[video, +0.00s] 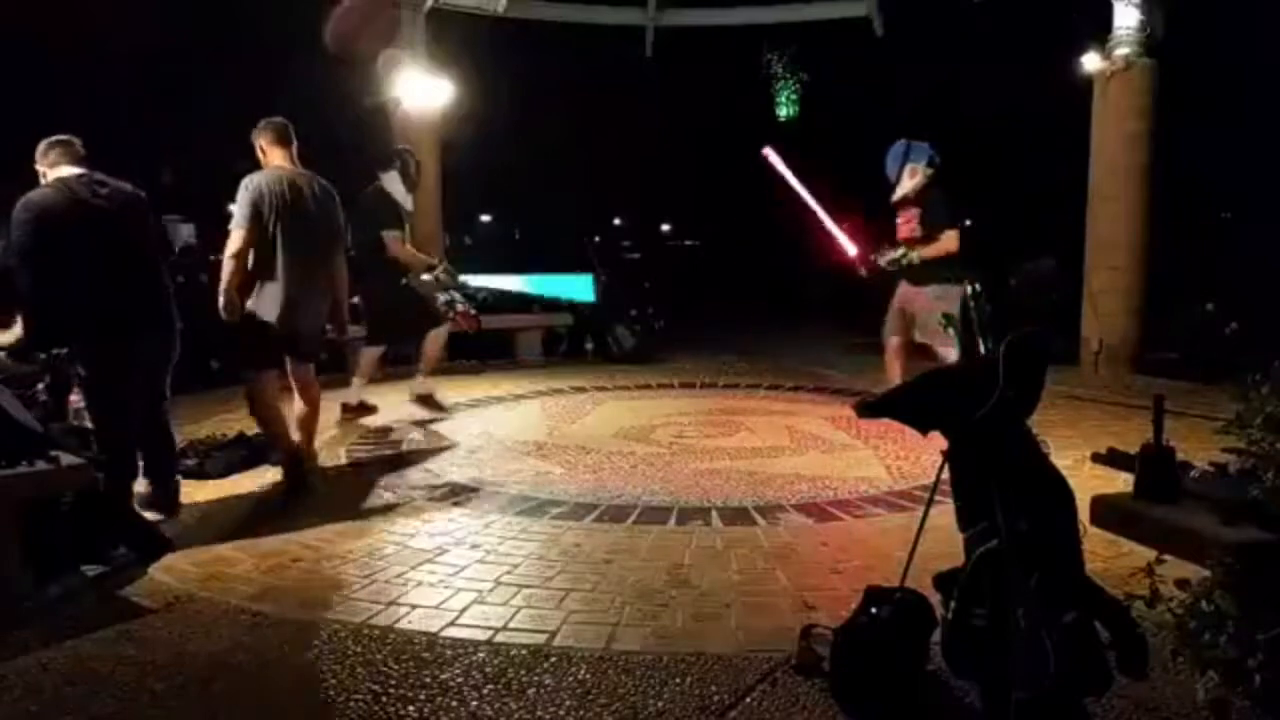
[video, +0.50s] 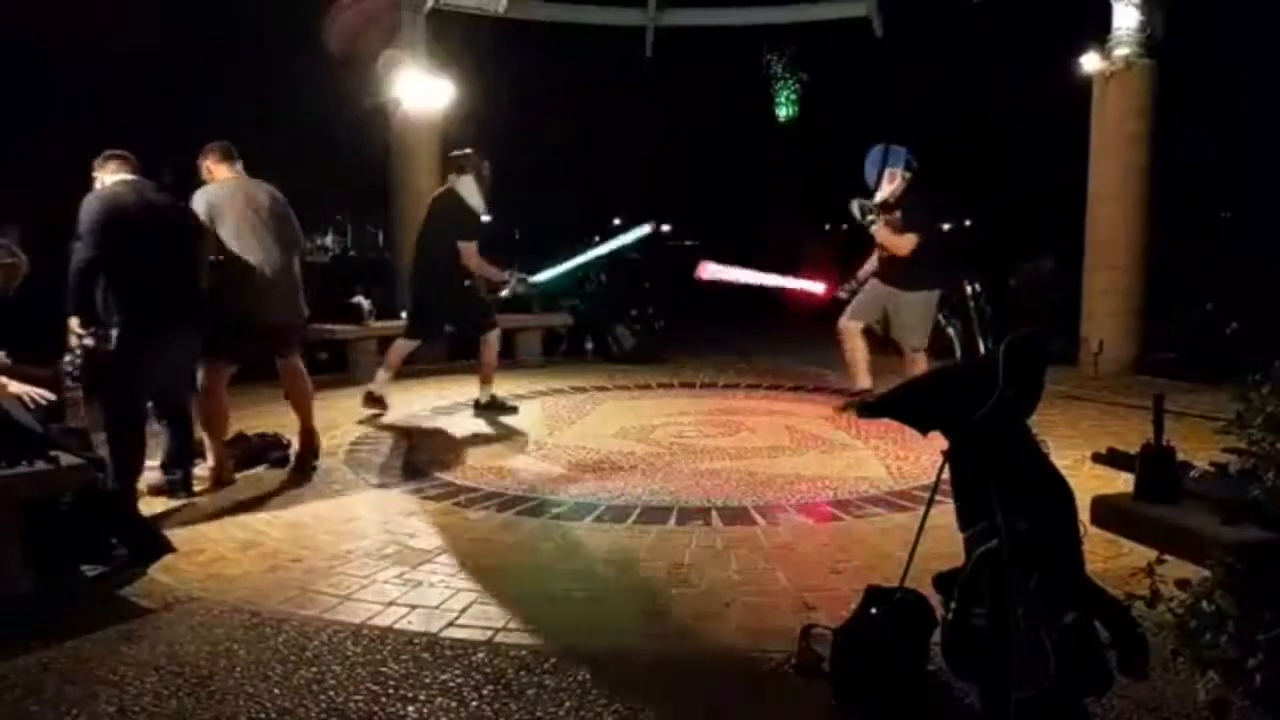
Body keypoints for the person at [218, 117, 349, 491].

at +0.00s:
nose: (260, 156)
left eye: (258, 151)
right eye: (261, 151)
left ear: (262, 149)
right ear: (295, 145)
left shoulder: (255, 185)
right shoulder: (324, 190)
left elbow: (237, 246)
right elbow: (338, 259)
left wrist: (226, 289)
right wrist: (342, 310)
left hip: (268, 304)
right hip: (313, 303)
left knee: (264, 387)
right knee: (305, 376)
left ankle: (290, 458)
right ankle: (306, 457)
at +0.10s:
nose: (256, 156)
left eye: (254, 151)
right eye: (257, 151)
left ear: (258, 148)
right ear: (291, 146)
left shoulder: (254, 182)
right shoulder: (319, 187)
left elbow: (239, 242)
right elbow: (333, 253)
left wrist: (225, 287)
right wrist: (334, 302)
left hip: (266, 296)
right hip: (310, 297)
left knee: (246, 384)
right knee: (302, 376)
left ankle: (281, 447)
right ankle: (307, 451)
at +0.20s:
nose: (249, 158)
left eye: (248, 153)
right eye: (250, 153)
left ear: (253, 150)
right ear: (284, 147)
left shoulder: (249, 181)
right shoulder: (313, 187)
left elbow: (236, 238)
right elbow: (327, 251)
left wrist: (226, 286)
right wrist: (324, 298)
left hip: (259, 297)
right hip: (303, 298)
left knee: (233, 370)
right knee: (300, 377)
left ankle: (260, 451)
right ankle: (306, 451)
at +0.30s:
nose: (236, 162)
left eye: (235, 157)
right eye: (236, 157)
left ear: (240, 152)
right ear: (271, 150)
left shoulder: (238, 182)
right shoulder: (301, 188)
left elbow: (226, 238)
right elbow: (317, 243)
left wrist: (224, 269)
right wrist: (303, 281)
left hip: (250, 298)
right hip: (295, 300)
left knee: (224, 368)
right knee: (297, 375)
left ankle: (225, 457)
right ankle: (304, 452)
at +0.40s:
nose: (225, 165)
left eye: (224, 160)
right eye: (225, 161)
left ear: (229, 156)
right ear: (258, 153)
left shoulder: (227, 186)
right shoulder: (289, 189)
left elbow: (219, 238)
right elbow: (311, 243)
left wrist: (213, 284)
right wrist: (295, 281)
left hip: (241, 300)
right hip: (288, 300)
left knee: (224, 374)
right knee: (293, 373)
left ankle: (220, 456)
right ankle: (304, 451)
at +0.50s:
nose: (204, 176)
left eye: (204, 171)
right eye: (205, 171)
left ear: (209, 167)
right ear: (240, 163)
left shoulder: (205, 197)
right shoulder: (270, 192)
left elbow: (200, 253)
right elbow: (297, 242)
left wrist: (199, 294)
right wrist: (293, 287)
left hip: (232, 302)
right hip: (282, 298)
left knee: (213, 380)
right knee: (291, 363)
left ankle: (219, 461)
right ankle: (308, 432)